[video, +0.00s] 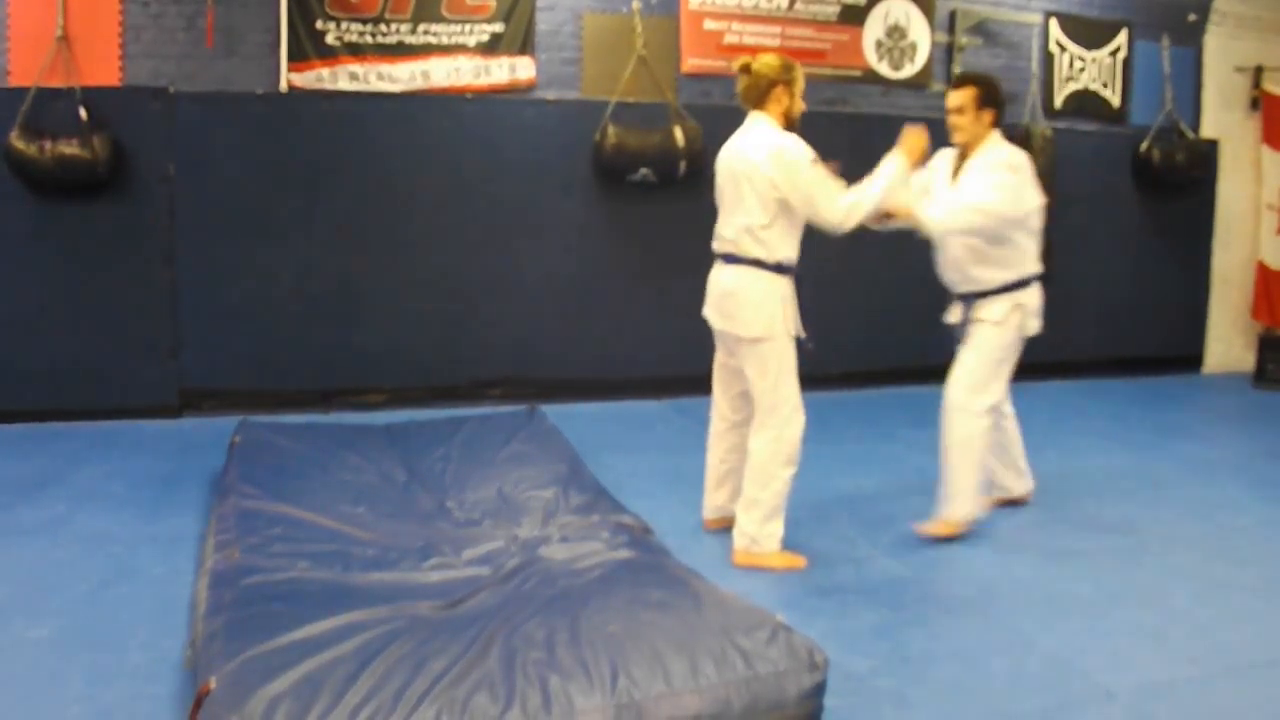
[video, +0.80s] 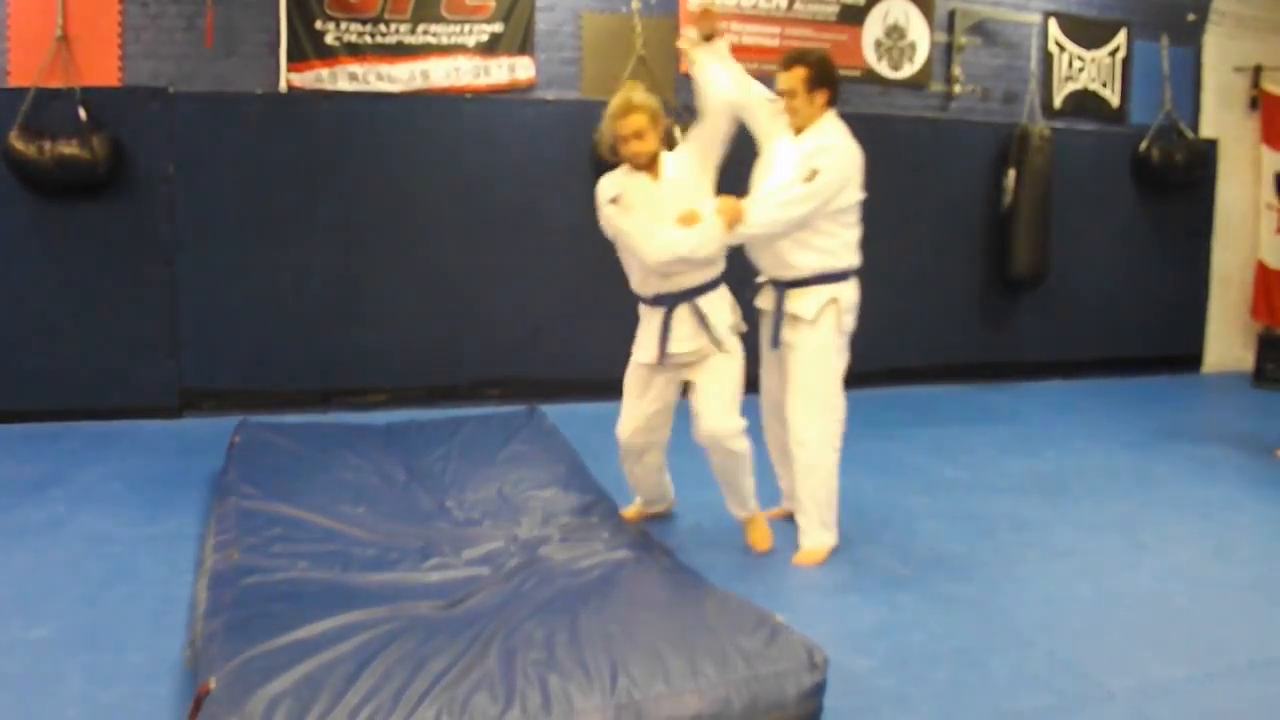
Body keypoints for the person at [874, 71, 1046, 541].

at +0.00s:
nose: (951, 120)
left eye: (960, 112)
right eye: (948, 112)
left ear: (988, 116)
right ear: (949, 115)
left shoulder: (1008, 166)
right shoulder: (945, 162)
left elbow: (966, 218)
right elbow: (905, 200)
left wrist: (912, 212)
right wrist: (848, 196)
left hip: (1009, 300)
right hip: (971, 299)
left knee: (964, 394)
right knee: (989, 394)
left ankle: (956, 512)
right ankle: (1012, 482)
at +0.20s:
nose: (910, 121)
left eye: (919, 113)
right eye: (909, 113)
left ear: (949, 117)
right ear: (915, 115)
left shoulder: (963, 166)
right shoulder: (915, 159)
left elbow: (899, 204)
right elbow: (867, 192)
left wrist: (842, 209)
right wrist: (827, 200)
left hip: (953, 307)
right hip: (921, 305)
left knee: (901, 409)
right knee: (928, 400)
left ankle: (881, 527)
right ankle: (996, 465)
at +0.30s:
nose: (880, 114)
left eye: (889, 107)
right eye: (879, 106)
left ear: (919, 110)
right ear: (886, 108)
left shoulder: (938, 160)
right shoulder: (883, 156)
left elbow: (883, 219)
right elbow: (848, 206)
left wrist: (827, 226)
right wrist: (818, 229)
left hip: (929, 302)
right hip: (896, 300)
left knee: (885, 411)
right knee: (880, 401)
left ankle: (879, 529)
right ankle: (950, 461)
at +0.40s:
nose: (858, 107)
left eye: (866, 98)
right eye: (856, 98)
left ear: (897, 100)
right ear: (862, 100)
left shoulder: (919, 152)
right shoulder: (859, 146)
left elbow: (866, 216)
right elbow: (823, 201)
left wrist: (815, 195)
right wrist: (796, 216)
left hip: (909, 297)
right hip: (868, 294)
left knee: (887, 410)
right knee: (840, 396)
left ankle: (883, 525)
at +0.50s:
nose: (845, 105)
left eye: (853, 97)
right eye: (843, 97)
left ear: (883, 97)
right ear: (851, 98)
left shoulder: (907, 149)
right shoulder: (844, 140)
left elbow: (865, 192)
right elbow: (800, 156)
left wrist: (803, 184)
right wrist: (777, 160)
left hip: (889, 295)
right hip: (843, 293)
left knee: (878, 411)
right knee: (820, 397)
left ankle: (882, 527)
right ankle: (808, 499)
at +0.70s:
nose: (808, 101)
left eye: (816, 93)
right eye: (806, 92)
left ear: (846, 95)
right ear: (813, 93)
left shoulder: (864, 151)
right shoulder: (806, 132)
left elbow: (799, 202)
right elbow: (767, 116)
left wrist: (739, 204)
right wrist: (736, 84)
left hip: (842, 294)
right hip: (799, 289)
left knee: (827, 407)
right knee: (788, 401)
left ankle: (852, 519)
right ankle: (805, 499)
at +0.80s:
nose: (782, 101)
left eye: (791, 93)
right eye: (780, 91)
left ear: (821, 96)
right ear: (781, 91)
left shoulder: (839, 151)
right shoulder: (778, 126)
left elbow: (794, 206)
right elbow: (738, 90)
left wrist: (735, 218)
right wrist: (706, 45)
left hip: (822, 294)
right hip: (777, 289)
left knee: (811, 414)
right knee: (776, 406)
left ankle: (821, 532)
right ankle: (793, 499)